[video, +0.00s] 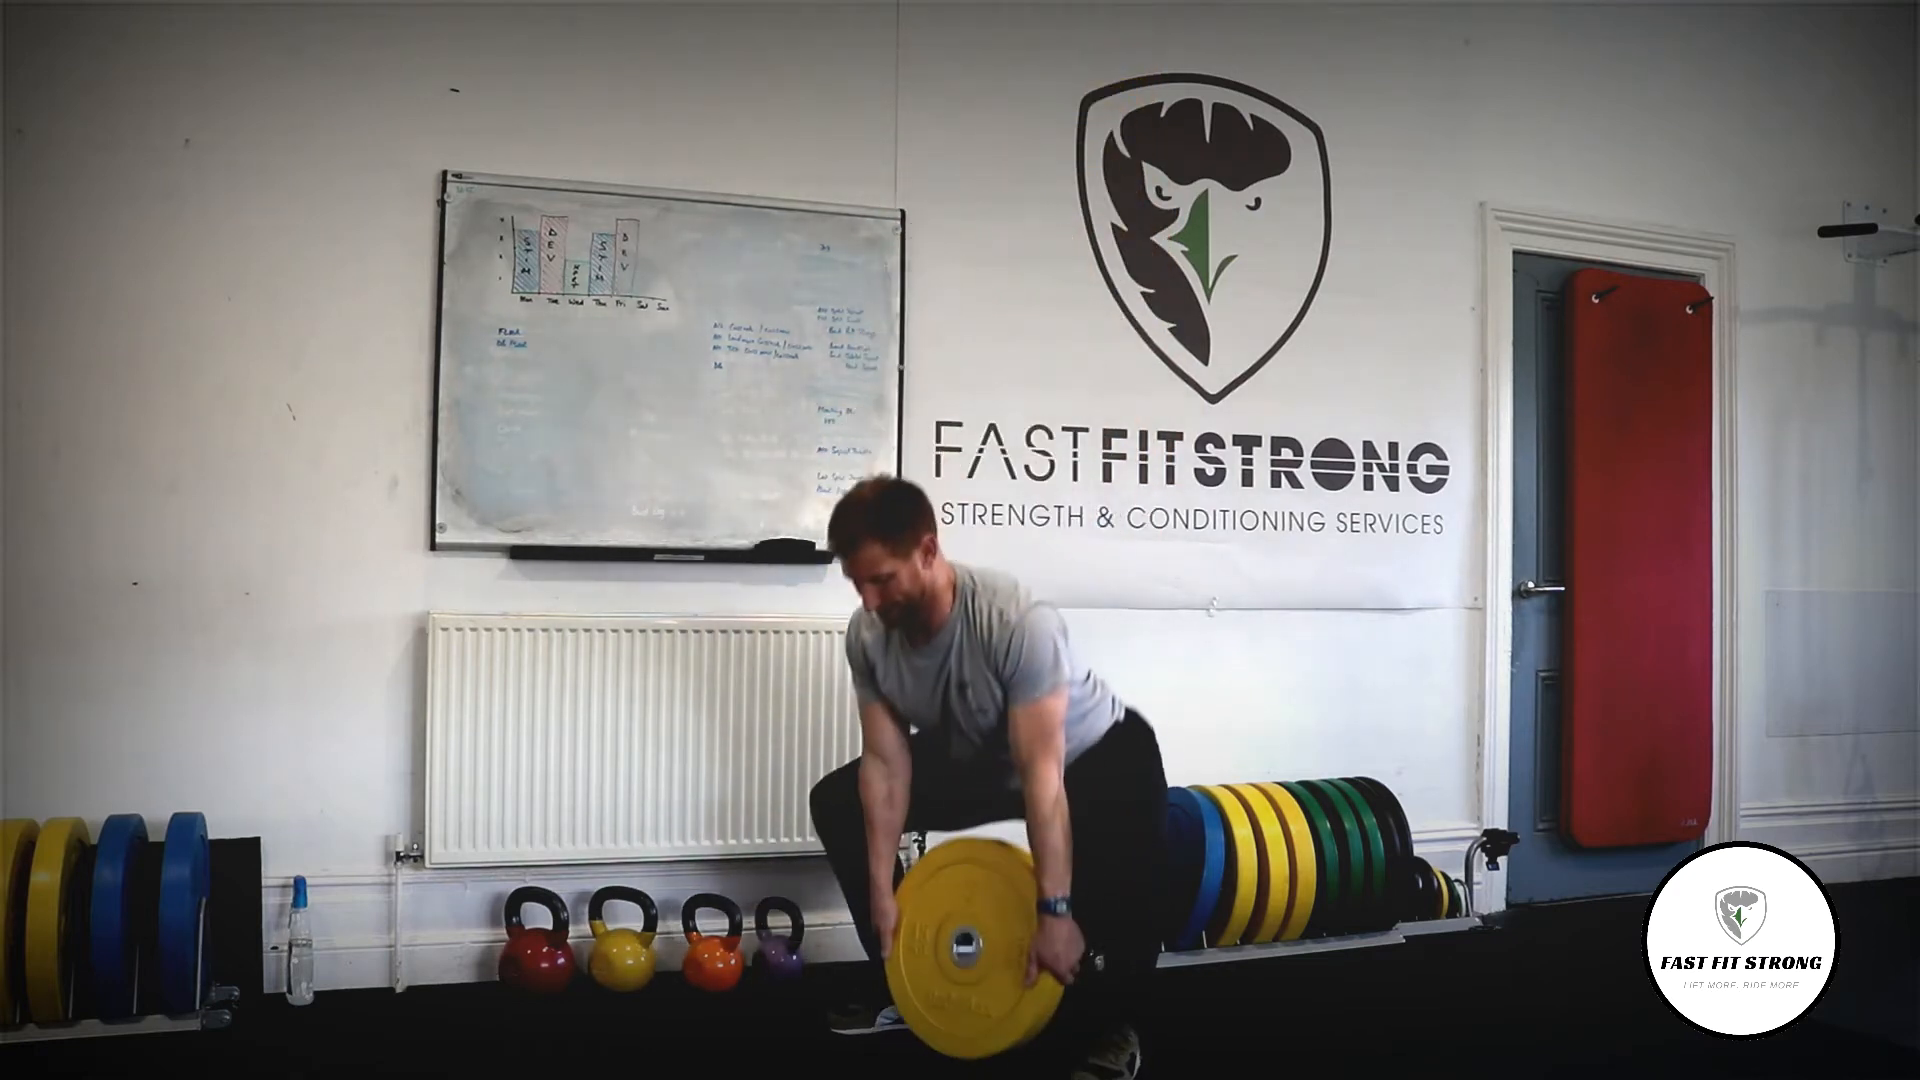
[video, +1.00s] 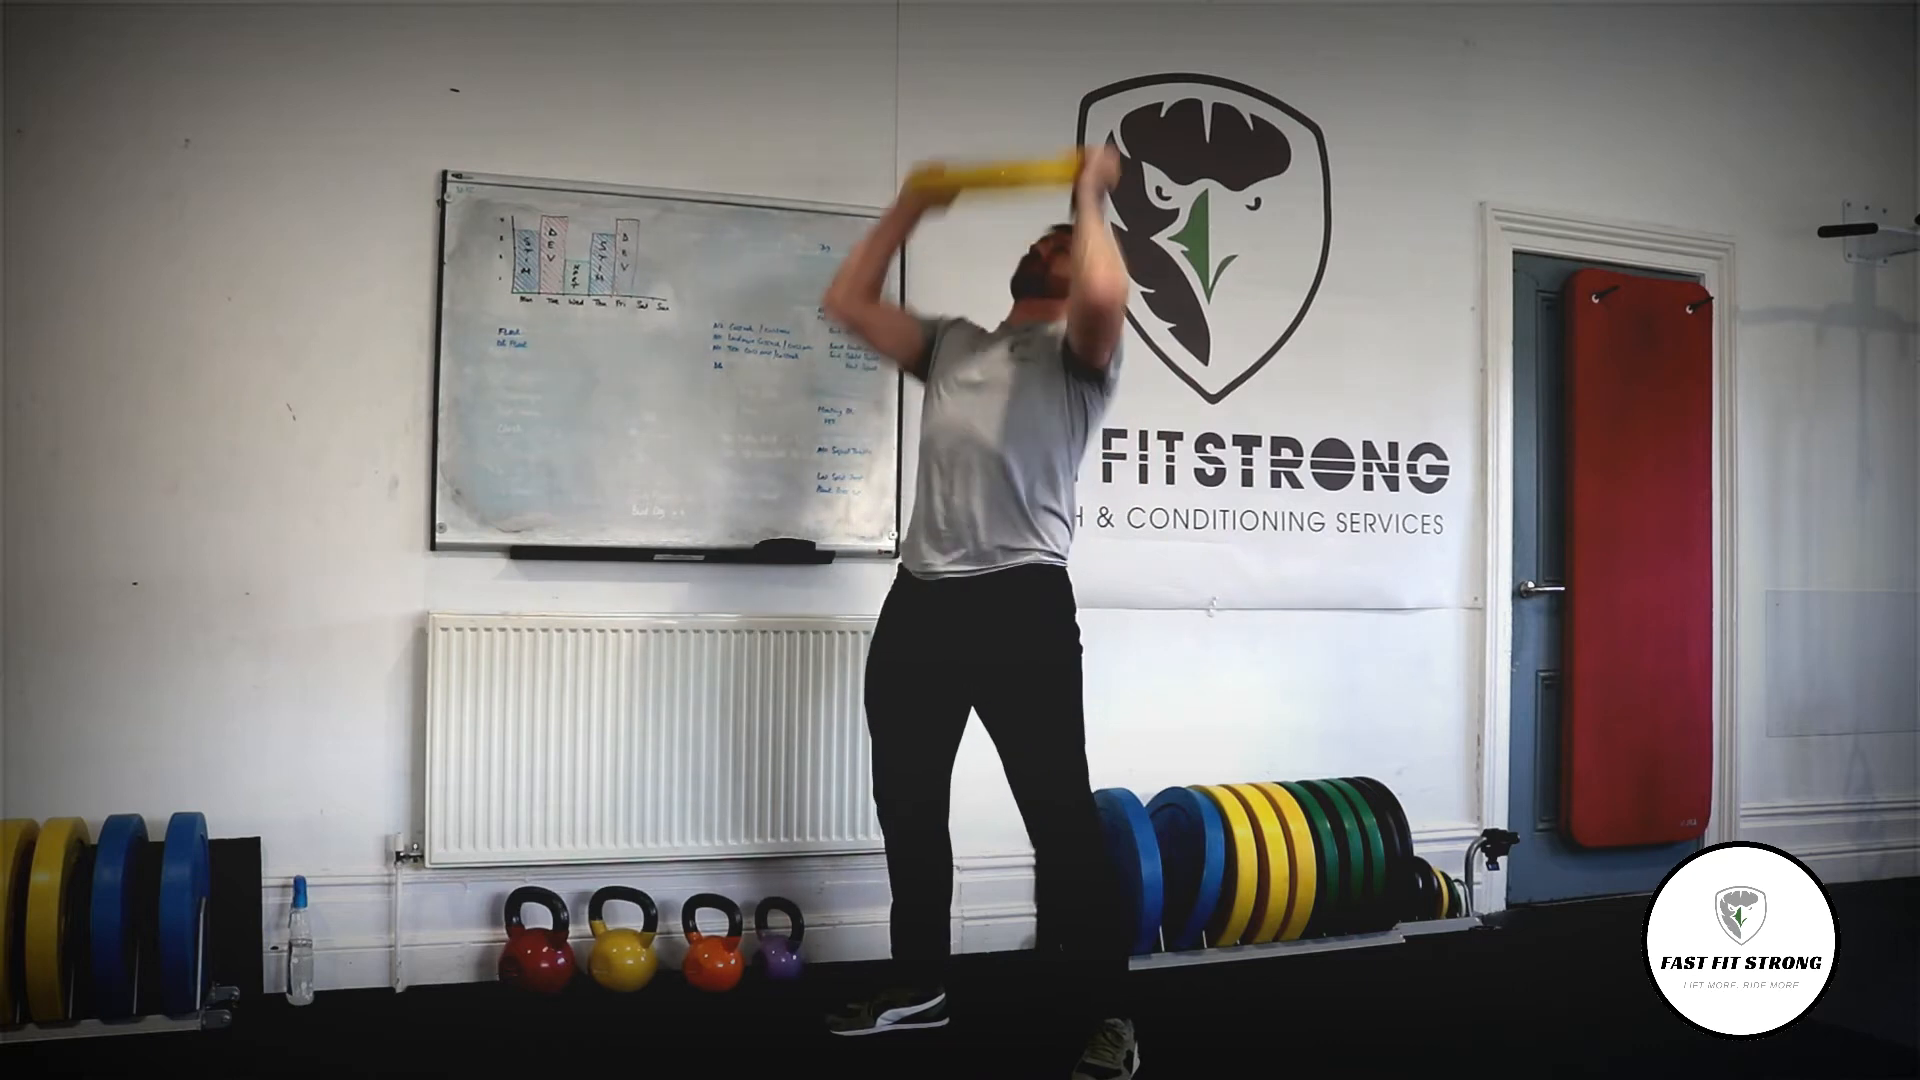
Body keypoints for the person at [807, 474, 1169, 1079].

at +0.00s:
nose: (871, 600)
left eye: (882, 580)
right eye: (858, 584)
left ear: (928, 551)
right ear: (847, 572)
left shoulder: (1018, 620)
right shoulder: (867, 637)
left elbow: (1041, 771)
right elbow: (884, 763)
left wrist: (1056, 910)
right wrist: (881, 891)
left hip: (1091, 756)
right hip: (978, 765)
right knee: (838, 801)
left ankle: (1113, 1028)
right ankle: (901, 988)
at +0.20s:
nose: (876, 578)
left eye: (886, 558)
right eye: (864, 562)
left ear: (935, 532)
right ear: (854, 554)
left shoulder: (1020, 614)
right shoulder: (872, 625)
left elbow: (1040, 761)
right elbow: (886, 751)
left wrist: (1053, 901)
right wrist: (881, 877)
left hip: (1082, 761)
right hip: (968, 773)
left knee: (1121, 858)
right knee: (829, 805)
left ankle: (1114, 1029)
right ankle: (901, 989)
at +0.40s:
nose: (887, 436)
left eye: (901, 418)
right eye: (879, 421)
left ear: (950, 407)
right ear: (873, 421)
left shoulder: (1025, 490)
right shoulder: (884, 507)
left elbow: (1085, 617)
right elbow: (890, 626)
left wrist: (1058, 755)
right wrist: (877, 750)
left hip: (1084, 678)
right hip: (979, 683)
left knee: (1108, 840)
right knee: (859, 790)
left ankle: (1109, 1025)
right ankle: (910, 986)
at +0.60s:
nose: (949, 276)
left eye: (966, 262)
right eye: (944, 263)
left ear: (1014, 272)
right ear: (939, 275)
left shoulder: (1068, 369)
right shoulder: (925, 380)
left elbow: (1134, 492)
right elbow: (914, 494)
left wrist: (1067, 544)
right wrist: (873, 551)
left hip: (1065, 612)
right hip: (962, 612)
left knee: (1098, 805)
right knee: (894, 790)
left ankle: (1115, 1017)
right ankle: (916, 991)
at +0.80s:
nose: (1031, 248)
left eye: (1051, 240)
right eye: (1024, 237)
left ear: (1085, 275)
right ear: (1005, 260)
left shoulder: (1100, 362)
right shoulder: (959, 347)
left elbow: (1118, 479)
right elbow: (896, 471)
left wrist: (1060, 372)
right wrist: (873, 370)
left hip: (1036, 600)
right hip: (934, 598)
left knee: (1065, 807)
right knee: (915, 803)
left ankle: (1100, 1012)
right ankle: (920, 989)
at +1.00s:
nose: (1042, 249)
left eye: (1064, 247)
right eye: (1041, 241)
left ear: (1085, 284)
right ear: (1018, 272)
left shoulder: (1078, 363)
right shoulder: (950, 344)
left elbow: (1102, 299)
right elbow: (848, 299)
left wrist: (1090, 197)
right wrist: (907, 206)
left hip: (1022, 604)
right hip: (918, 605)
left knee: (1059, 813)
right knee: (909, 813)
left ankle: (1098, 1016)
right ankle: (918, 993)